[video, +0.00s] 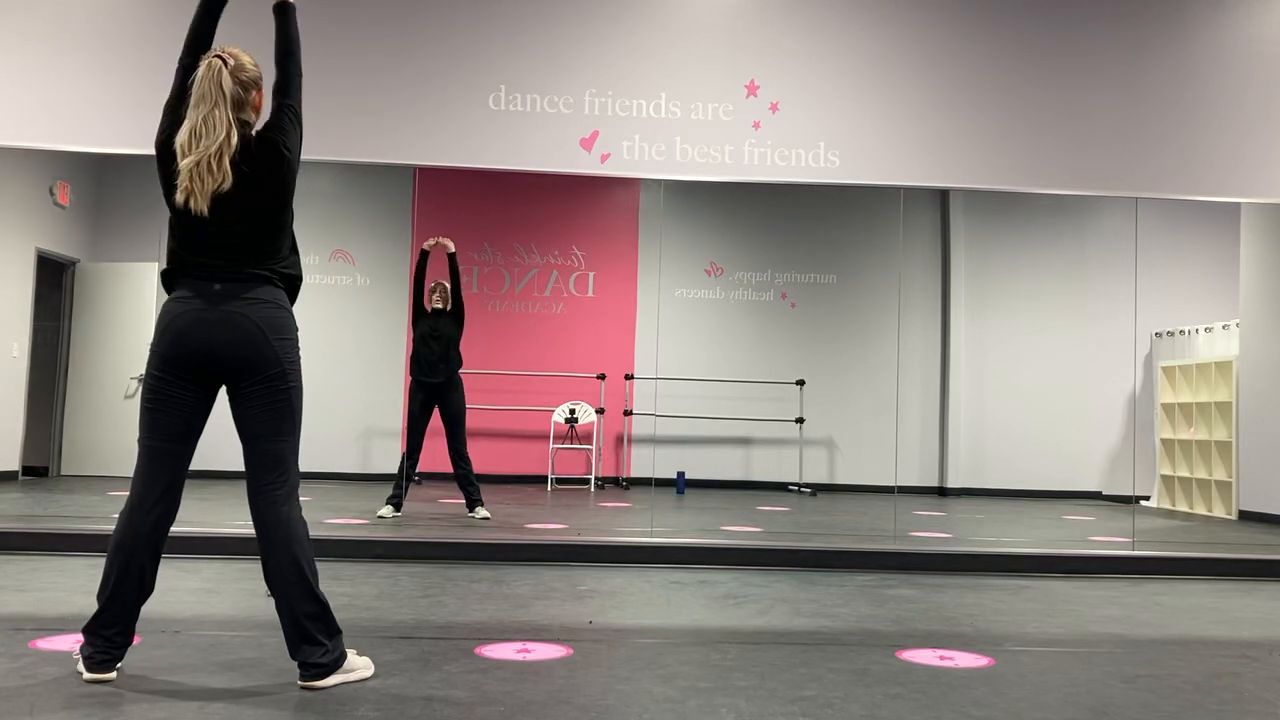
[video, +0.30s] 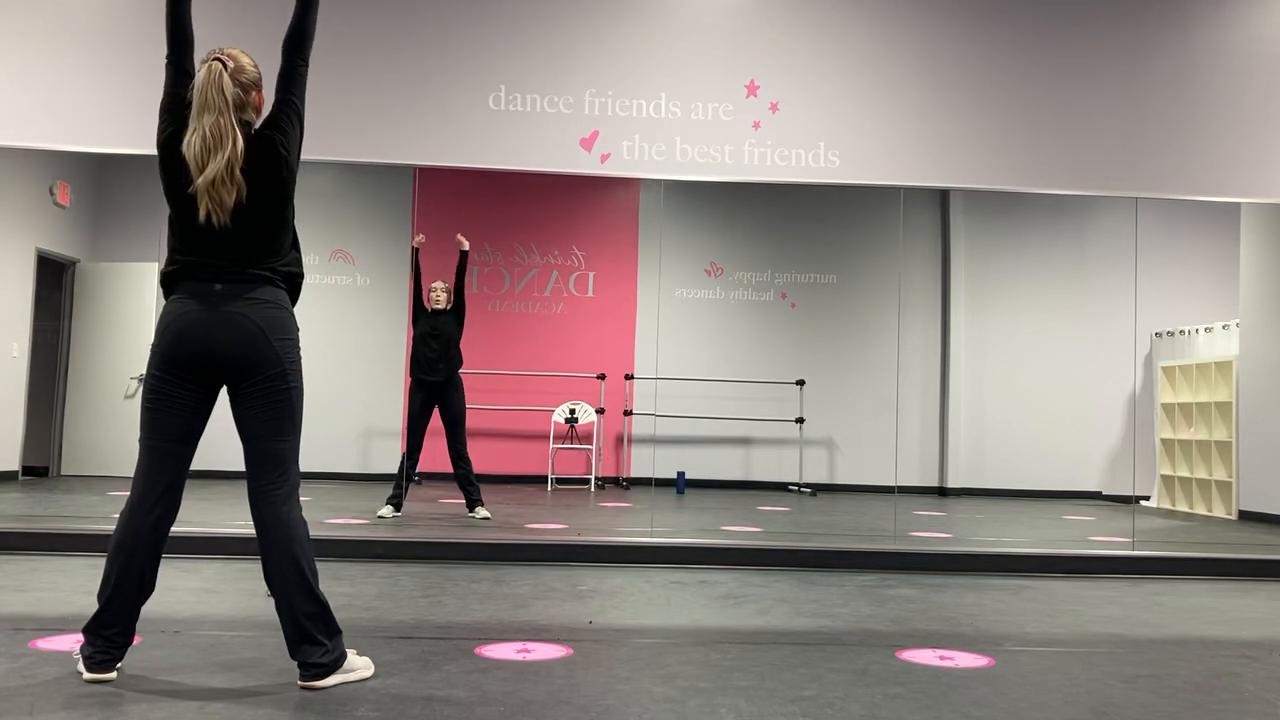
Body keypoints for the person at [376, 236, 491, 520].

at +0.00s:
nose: (438, 293)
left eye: (442, 291)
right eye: (434, 290)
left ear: (449, 297)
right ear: (428, 297)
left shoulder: (455, 318)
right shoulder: (420, 317)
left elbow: (456, 288)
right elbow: (418, 284)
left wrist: (451, 252)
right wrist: (425, 251)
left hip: (450, 387)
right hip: (421, 387)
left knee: (458, 447)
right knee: (412, 447)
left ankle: (475, 504)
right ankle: (394, 503)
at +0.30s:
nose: (438, 293)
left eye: (442, 290)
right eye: (434, 290)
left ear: (449, 296)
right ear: (428, 296)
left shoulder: (455, 316)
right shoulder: (420, 316)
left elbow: (459, 285)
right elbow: (416, 283)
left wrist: (464, 251)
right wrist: (415, 250)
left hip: (450, 386)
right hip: (421, 386)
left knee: (458, 447)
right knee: (412, 447)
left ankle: (474, 504)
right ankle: (394, 503)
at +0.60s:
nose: (437, 292)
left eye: (442, 289)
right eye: (433, 289)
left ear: (450, 296)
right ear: (428, 295)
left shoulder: (457, 316)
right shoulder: (419, 316)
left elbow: (469, 287)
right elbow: (408, 284)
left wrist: (480, 255)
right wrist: (400, 252)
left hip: (450, 387)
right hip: (421, 387)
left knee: (458, 447)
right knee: (412, 447)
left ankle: (475, 505)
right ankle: (394, 503)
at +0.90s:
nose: (437, 292)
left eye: (442, 289)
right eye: (433, 290)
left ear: (451, 297)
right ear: (428, 296)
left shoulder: (458, 319)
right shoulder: (418, 318)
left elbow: (479, 292)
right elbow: (398, 291)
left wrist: (499, 266)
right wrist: (381, 263)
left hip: (450, 389)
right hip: (421, 389)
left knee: (458, 449)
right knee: (412, 448)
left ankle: (475, 505)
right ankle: (394, 504)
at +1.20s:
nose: (438, 293)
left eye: (443, 291)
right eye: (434, 291)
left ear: (450, 298)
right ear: (428, 297)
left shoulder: (459, 320)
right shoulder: (417, 320)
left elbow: (488, 301)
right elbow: (389, 301)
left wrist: (515, 282)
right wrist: (363, 279)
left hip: (450, 389)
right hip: (421, 389)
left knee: (458, 449)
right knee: (412, 448)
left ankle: (475, 505)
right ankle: (394, 504)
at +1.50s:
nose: (437, 295)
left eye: (442, 292)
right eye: (433, 292)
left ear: (450, 298)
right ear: (428, 297)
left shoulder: (459, 323)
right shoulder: (415, 323)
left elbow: (492, 315)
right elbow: (382, 314)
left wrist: (525, 308)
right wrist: (351, 304)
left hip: (450, 390)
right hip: (421, 390)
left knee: (458, 450)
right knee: (412, 449)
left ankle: (475, 505)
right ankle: (394, 504)